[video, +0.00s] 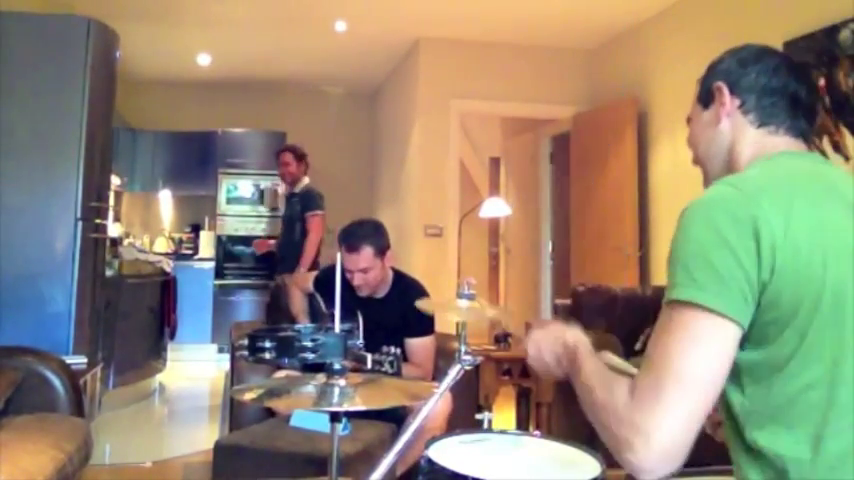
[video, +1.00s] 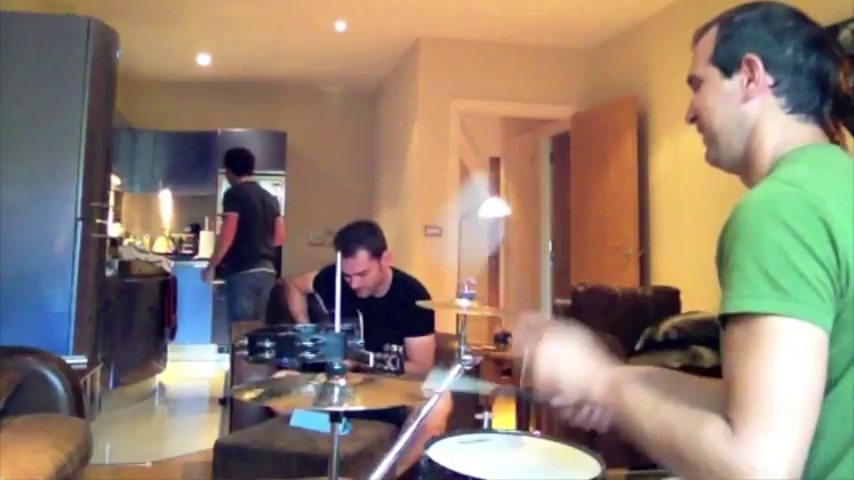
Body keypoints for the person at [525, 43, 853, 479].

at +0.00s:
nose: (690, 150)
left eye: (691, 124)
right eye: (687, 128)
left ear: (724, 103)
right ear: (797, 117)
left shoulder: (734, 210)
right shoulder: (842, 188)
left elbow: (649, 448)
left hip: (789, 469)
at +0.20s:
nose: (671, 157)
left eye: (672, 131)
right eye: (668, 136)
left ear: (705, 111)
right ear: (777, 123)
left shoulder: (719, 210)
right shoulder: (840, 195)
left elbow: (638, 443)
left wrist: (593, 293)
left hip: (782, 467)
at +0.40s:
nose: (669, 150)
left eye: (671, 124)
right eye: (668, 128)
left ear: (710, 107)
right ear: (774, 119)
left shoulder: (719, 212)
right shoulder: (840, 199)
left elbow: (677, 455)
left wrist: (595, 363)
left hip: (765, 469)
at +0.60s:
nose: (664, 144)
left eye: (668, 115)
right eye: (663, 121)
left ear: (715, 98)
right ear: (717, 99)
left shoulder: (746, 208)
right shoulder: (834, 193)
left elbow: (729, 459)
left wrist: (606, 345)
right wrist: (660, 422)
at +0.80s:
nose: (679, 127)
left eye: (686, 98)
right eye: (680, 102)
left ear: (738, 86)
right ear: (739, 87)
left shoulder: (769, 208)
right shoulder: (830, 186)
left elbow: (760, 458)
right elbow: (763, 398)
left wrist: (604, 386)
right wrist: (623, 355)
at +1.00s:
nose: (689, 114)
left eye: (698, 85)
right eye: (691, 89)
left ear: (751, 79)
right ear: (750, 80)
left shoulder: (780, 209)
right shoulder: (835, 185)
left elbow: (758, 462)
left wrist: (605, 383)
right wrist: (619, 390)